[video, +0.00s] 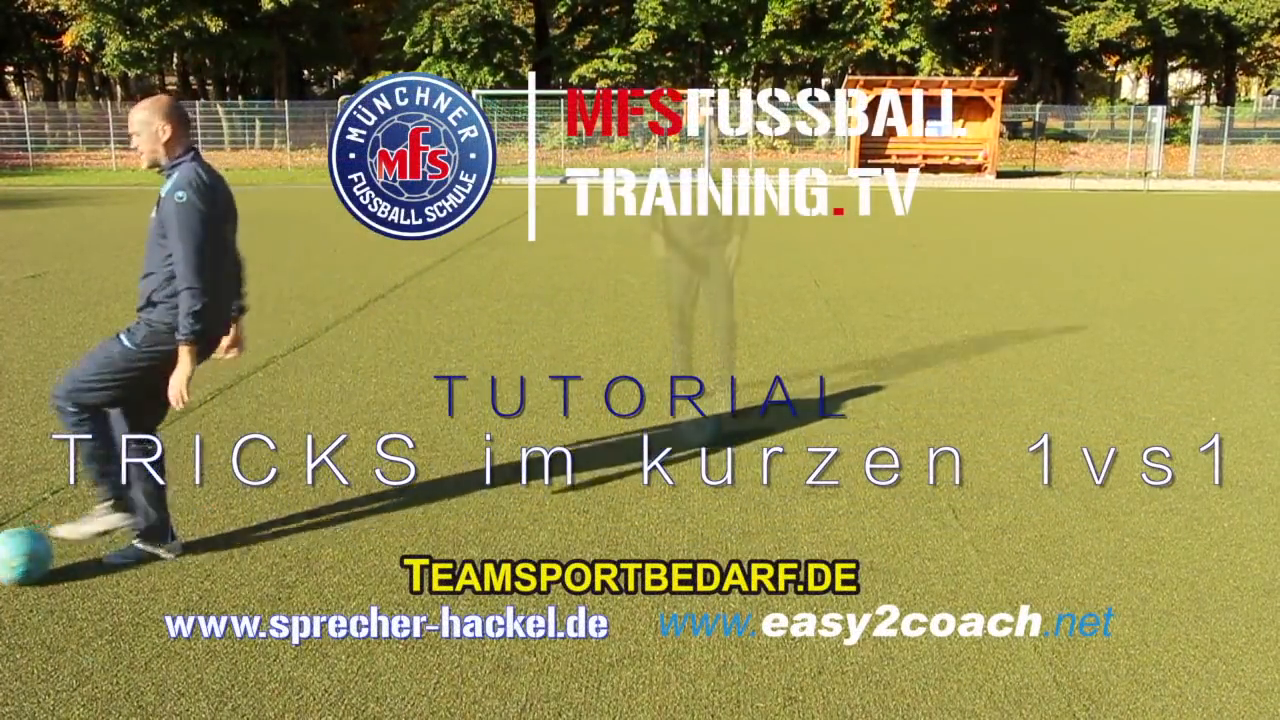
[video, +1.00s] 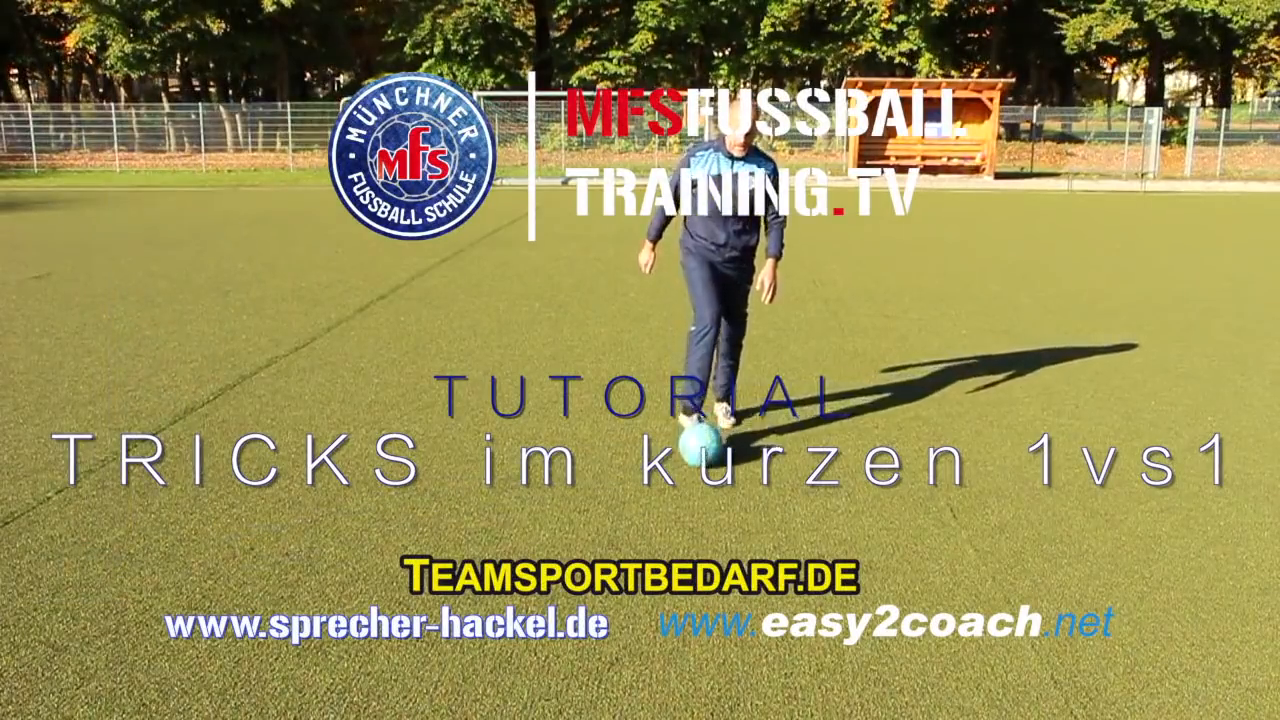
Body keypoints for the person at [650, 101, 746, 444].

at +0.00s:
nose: (701, 154)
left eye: (705, 147)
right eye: (694, 148)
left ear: (712, 151)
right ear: (684, 151)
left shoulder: (724, 177)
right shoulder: (669, 178)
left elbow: (741, 213)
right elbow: (653, 219)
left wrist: (735, 243)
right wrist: (671, 246)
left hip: (718, 252)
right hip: (680, 252)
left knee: (724, 320)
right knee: (681, 319)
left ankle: (728, 382)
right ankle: (682, 384)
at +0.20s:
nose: (709, 127)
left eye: (713, 120)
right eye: (703, 120)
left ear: (720, 125)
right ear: (693, 123)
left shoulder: (734, 160)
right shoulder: (675, 159)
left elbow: (747, 204)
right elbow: (655, 199)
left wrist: (746, 245)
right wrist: (662, 233)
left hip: (723, 255)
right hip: (684, 253)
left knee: (724, 329)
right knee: (681, 327)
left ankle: (723, 399)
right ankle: (682, 398)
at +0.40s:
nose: (732, 137)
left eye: (738, 132)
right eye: (726, 130)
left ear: (745, 130)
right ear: (710, 123)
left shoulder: (750, 160)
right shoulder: (689, 156)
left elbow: (761, 205)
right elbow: (660, 190)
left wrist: (762, 247)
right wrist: (666, 220)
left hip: (731, 254)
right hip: (691, 251)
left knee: (729, 331)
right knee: (681, 322)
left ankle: (724, 401)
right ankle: (680, 385)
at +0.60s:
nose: (740, 130)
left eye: (745, 123)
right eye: (733, 123)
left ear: (752, 123)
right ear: (720, 122)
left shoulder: (761, 160)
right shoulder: (696, 153)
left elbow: (770, 208)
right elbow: (664, 188)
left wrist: (771, 249)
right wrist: (662, 225)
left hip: (736, 256)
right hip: (696, 252)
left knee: (731, 331)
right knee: (694, 320)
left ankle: (724, 402)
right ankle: (679, 387)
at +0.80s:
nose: (746, 135)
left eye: (752, 128)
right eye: (740, 128)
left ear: (759, 125)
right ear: (727, 123)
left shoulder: (765, 162)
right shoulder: (699, 152)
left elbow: (774, 212)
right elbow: (667, 194)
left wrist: (772, 255)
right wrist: (653, 240)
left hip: (738, 251)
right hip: (699, 246)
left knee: (734, 328)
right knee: (705, 313)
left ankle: (724, 401)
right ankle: (684, 395)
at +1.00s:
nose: (743, 140)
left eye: (749, 134)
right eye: (738, 133)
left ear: (757, 131)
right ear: (725, 127)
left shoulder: (765, 167)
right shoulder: (697, 158)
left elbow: (775, 217)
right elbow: (669, 199)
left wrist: (772, 262)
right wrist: (650, 241)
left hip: (738, 260)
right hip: (699, 253)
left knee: (732, 334)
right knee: (708, 321)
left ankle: (723, 400)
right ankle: (690, 406)